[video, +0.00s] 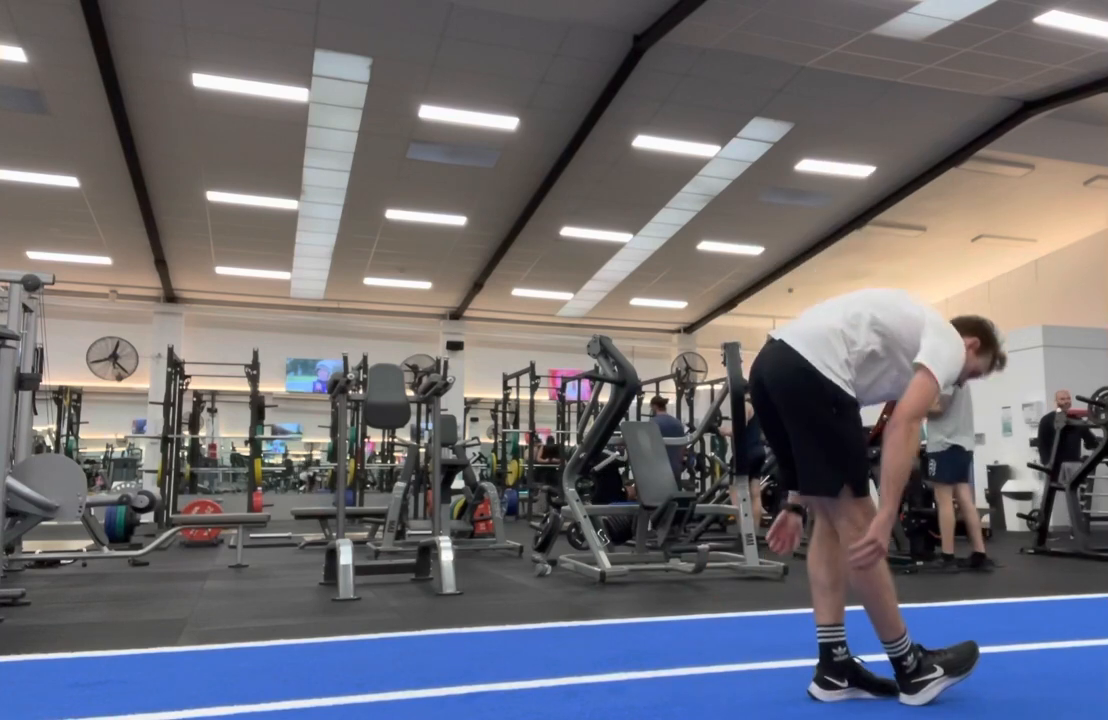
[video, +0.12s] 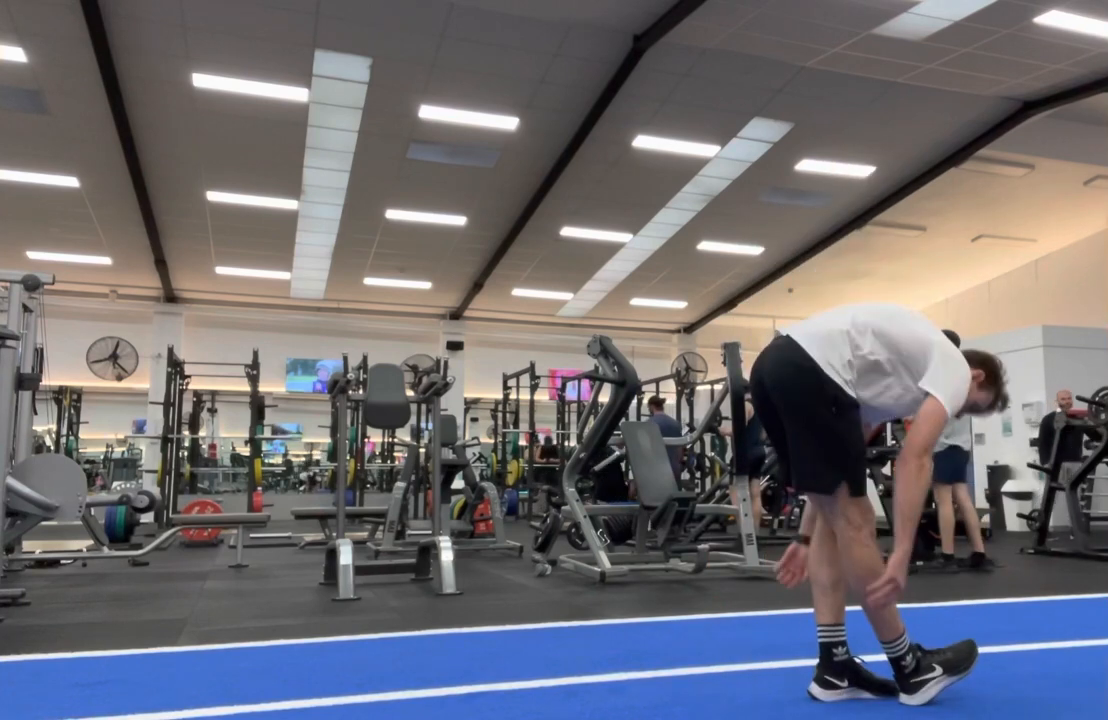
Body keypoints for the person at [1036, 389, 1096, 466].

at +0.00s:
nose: (1066, 402)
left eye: (1068, 398)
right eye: (1062, 399)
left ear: (1071, 400)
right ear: (1056, 401)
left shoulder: (1076, 419)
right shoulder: (1047, 420)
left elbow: (1090, 441)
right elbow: (1042, 443)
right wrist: (1046, 462)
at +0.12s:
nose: (1067, 402)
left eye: (1069, 398)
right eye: (1063, 399)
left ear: (1072, 400)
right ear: (1057, 401)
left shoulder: (1078, 419)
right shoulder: (1048, 420)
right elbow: (1043, 442)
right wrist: (1045, 462)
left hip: (1074, 463)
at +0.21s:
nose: (1065, 403)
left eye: (1068, 399)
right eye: (1062, 400)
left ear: (1073, 401)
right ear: (1059, 401)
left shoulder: (1080, 419)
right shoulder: (1049, 419)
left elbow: (1081, 442)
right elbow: (1042, 443)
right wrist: (1042, 463)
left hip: (1075, 463)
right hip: (1055, 463)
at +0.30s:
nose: (1066, 403)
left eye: (1068, 399)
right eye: (1063, 400)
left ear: (1073, 400)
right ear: (1058, 402)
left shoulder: (1081, 418)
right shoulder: (1050, 419)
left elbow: (1081, 441)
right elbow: (1042, 442)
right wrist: (1041, 464)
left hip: (1076, 462)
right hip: (1056, 463)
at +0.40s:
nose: (1063, 403)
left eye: (1067, 400)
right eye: (1061, 400)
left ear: (1072, 401)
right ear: (1057, 402)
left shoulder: (1080, 419)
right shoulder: (1050, 420)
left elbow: (1081, 441)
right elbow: (1043, 443)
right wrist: (1040, 463)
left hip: (1076, 461)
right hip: (1056, 462)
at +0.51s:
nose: (1061, 403)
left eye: (1064, 400)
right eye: (1059, 400)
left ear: (1070, 401)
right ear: (1056, 402)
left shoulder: (1079, 419)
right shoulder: (1049, 421)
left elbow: (1079, 441)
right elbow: (1043, 444)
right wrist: (1040, 464)